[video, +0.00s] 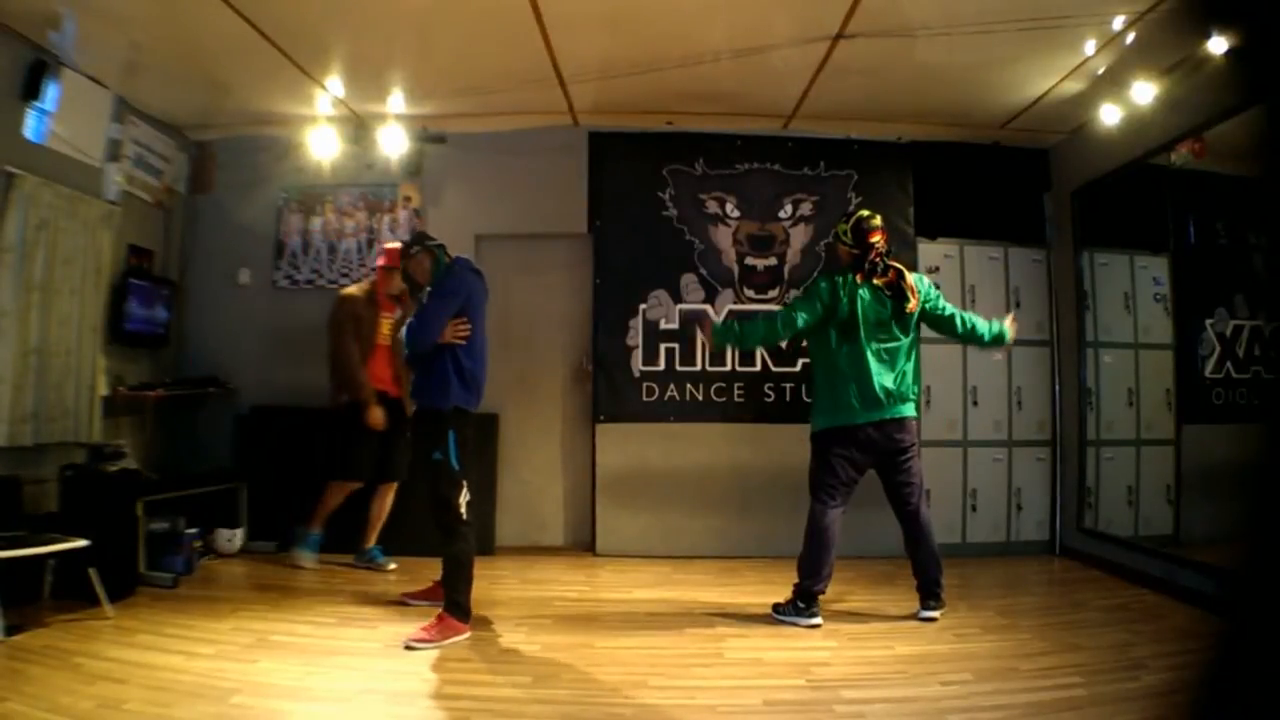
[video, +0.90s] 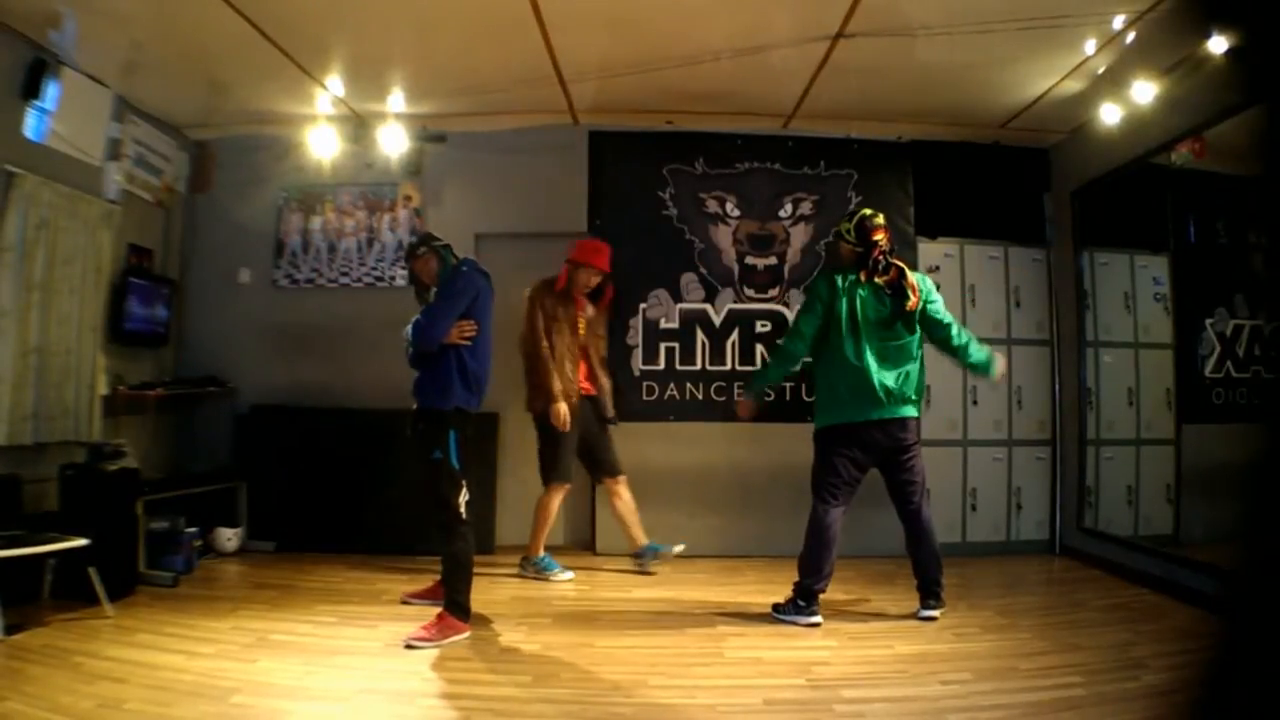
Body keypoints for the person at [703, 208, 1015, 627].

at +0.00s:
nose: (834, 250)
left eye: (838, 245)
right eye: (837, 243)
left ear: (851, 249)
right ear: (879, 246)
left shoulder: (830, 287)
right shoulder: (910, 285)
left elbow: (783, 325)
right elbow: (954, 321)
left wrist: (722, 332)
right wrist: (998, 331)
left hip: (841, 421)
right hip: (897, 419)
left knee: (827, 505)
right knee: (913, 507)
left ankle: (807, 600)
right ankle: (931, 597)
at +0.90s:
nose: (835, 248)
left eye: (841, 243)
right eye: (838, 241)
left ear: (854, 248)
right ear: (884, 246)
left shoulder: (830, 285)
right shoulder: (914, 284)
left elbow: (797, 344)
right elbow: (948, 333)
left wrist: (756, 387)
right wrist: (987, 360)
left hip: (844, 418)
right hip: (899, 418)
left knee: (829, 504)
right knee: (915, 507)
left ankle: (806, 600)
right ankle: (931, 597)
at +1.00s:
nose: (835, 246)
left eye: (842, 240)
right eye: (838, 238)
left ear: (858, 247)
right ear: (882, 245)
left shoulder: (830, 288)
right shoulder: (916, 286)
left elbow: (819, 354)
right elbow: (932, 349)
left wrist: (816, 408)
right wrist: (938, 397)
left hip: (848, 417)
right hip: (901, 418)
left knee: (829, 504)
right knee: (915, 507)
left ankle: (806, 599)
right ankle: (931, 597)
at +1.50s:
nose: (842, 243)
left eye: (848, 236)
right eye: (846, 235)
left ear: (863, 245)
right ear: (887, 246)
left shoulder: (837, 285)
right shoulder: (918, 285)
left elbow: (807, 341)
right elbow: (924, 349)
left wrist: (843, 349)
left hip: (847, 416)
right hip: (903, 417)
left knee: (830, 505)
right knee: (916, 507)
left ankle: (806, 600)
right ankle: (932, 598)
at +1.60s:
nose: (846, 242)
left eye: (853, 236)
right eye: (850, 235)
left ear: (867, 245)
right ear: (887, 246)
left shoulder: (845, 283)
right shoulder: (908, 280)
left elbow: (820, 335)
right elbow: (914, 331)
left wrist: (850, 361)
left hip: (852, 407)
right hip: (904, 409)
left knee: (832, 502)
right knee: (915, 505)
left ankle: (806, 600)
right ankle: (932, 598)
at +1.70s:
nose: (850, 244)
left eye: (857, 238)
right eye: (853, 236)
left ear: (872, 245)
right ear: (889, 247)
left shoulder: (848, 282)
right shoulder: (912, 280)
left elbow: (823, 333)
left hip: (853, 410)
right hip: (904, 412)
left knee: (832, 501)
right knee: (915, 505)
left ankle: (806, 600)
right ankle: (932, 598)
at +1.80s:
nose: (856, 246)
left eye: (862, 240)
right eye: (859, 239)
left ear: (876, 247)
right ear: (896, 248)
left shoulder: (848, 284)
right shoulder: (919, 285)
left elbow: (819, 342)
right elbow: (925, 337)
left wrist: (837, 351)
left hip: (851, 414)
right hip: (904, 416)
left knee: (832, 503)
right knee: (917, 506)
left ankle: (806, 599)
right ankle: (932, 598)